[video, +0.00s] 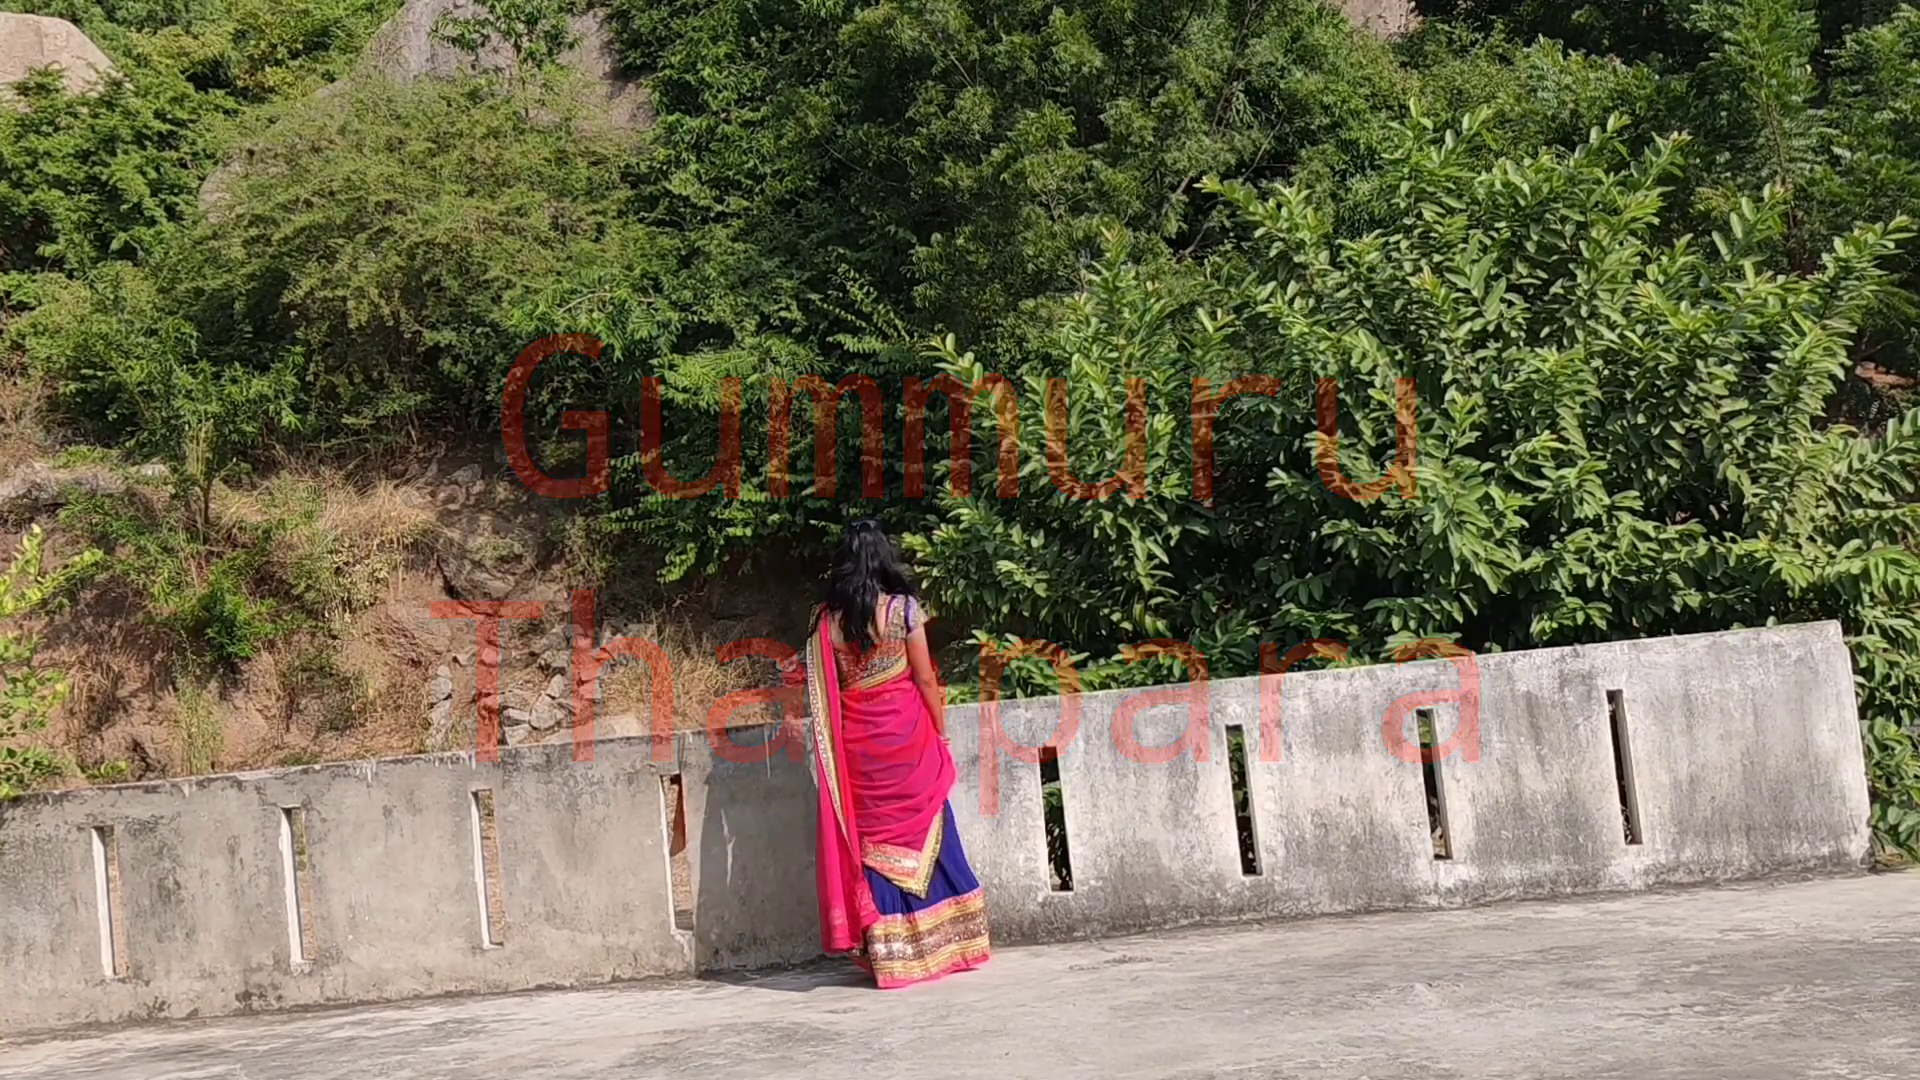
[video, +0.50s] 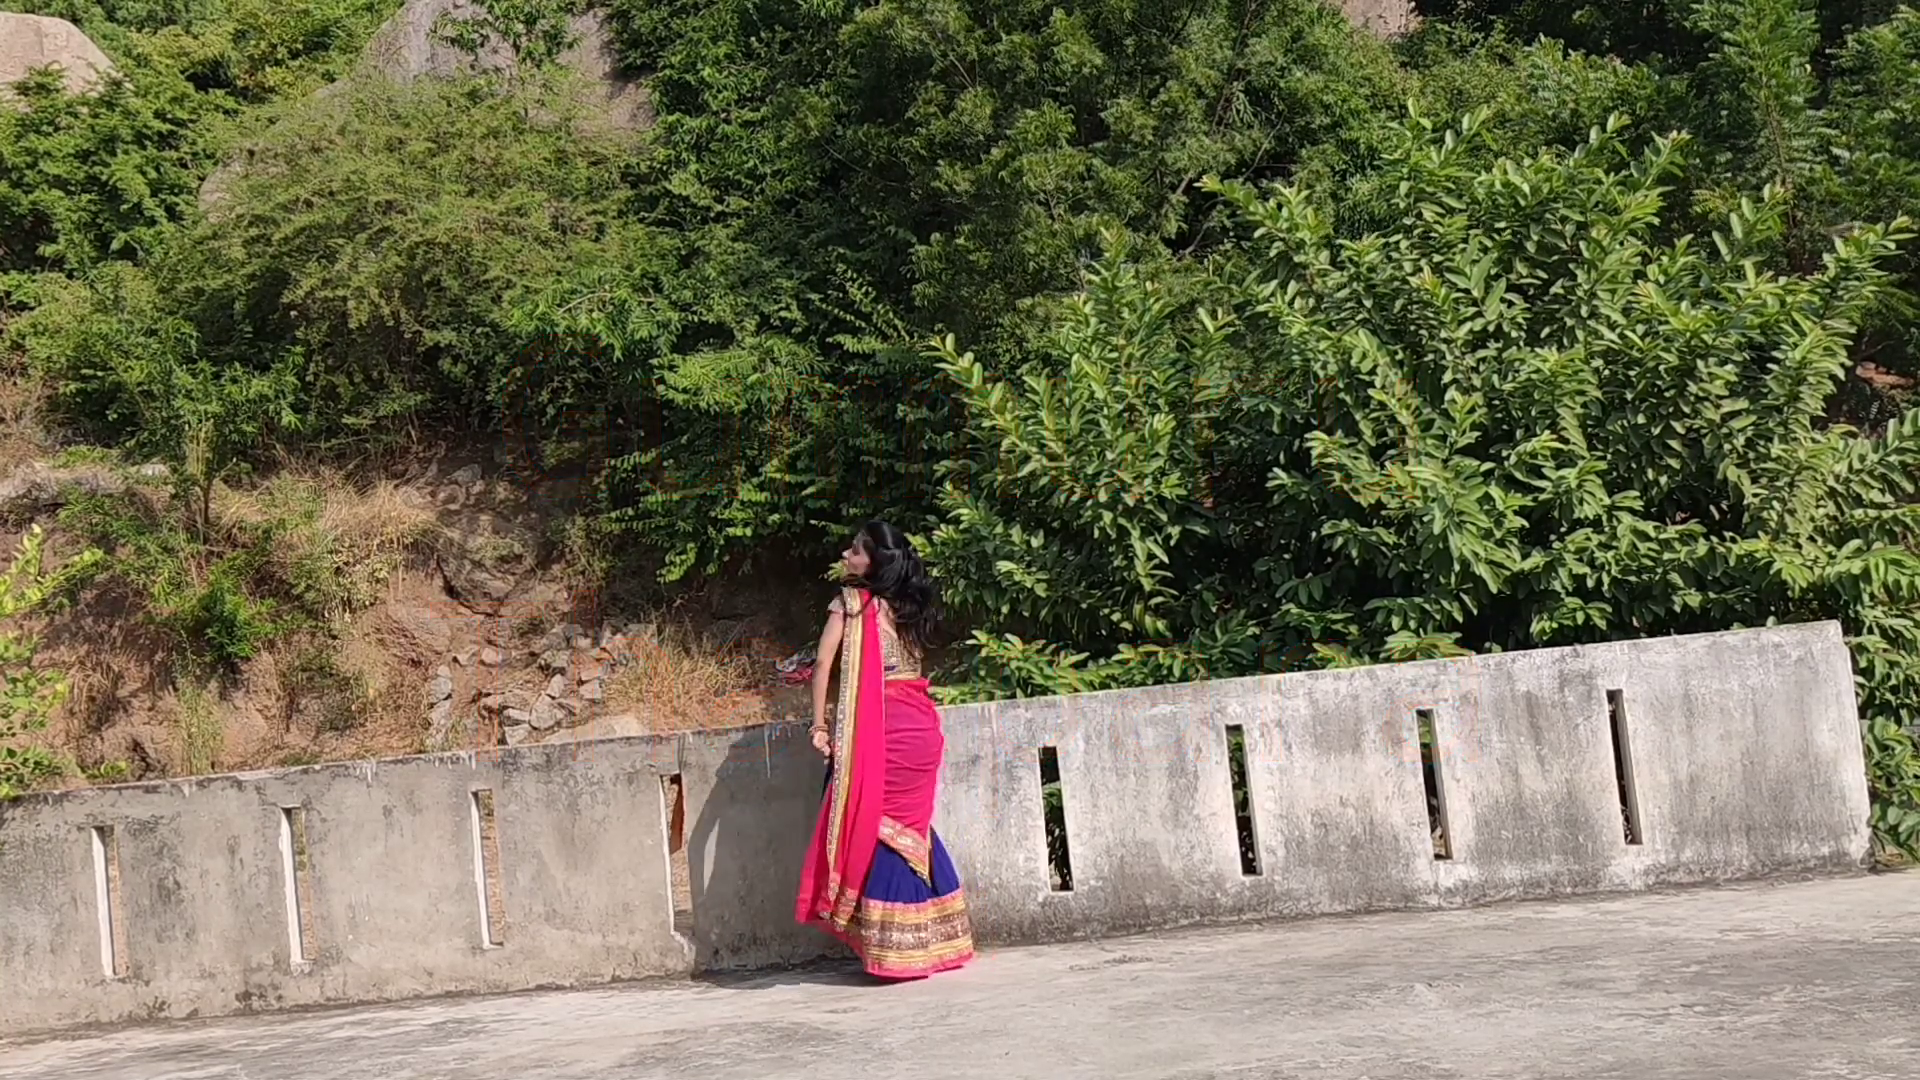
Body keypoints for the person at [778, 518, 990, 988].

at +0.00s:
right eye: (889, 553)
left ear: (842, 562)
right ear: (887, 559)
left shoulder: (826, 618)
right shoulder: (904, 608)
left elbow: (825, 691)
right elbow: (925, 679)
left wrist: (831, 742)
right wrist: (940, 733)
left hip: (854, 737)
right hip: (903, 730)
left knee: (868, 837)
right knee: (920, 830)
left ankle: (883, 949)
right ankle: (937, 943)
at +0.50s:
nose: (846, 555)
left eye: (855, 551)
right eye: (850, 547)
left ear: (875, 563)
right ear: (886, 564)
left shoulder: (849, 600)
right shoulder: (904, 602)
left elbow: (824, 664)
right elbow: (910, 668)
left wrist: (819, 723)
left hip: (881, 729)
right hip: (924, 726)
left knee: (877, 827)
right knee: (915, 827)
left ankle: (891, 947)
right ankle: (934, 941)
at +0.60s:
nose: (853, 553)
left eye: (865, 551)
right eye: (856, 546)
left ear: (884, 568)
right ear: (878, 567)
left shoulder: (869, 597)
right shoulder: (889, 599)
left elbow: (871, 655)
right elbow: (885, 663)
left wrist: (863, 714)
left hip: (905, 729)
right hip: (925, 727)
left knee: (886, 823)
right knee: (912, 829)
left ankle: (898, 948)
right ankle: (915, 944)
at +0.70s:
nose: (863, 552)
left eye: (874, 550)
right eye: (860, 545)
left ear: (888, 566)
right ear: (850, 557)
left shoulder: (890, 597)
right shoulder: (858, 615)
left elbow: (926, 641)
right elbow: (862, 688)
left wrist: (923, 707)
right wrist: (857, 745)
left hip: (907, 735)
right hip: (880, 739)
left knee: (891, 832)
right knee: (900, 833)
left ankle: (896, 951)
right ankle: (921, 939)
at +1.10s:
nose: (892, 554)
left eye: (901, 547)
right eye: (885, 547)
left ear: (915, 555)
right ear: (872, 555)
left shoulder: (935, 601)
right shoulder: (859, 617)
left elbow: (959, 654)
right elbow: (867, 691)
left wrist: (972, 697)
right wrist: (880, 751)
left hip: (956, 728)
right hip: (906, 739)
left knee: (966, 829)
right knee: (934, 837)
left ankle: (980, 944)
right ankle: (970, 945)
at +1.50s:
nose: (932, 568)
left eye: (941, 559)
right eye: (924, 559)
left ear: (956, 562)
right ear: (912, 563)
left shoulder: (971, 609)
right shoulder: (897, 609)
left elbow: (1023, 662)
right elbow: (862, 672)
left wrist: (1023, 624)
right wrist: (903, 715)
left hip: (979, 731)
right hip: (930, 737)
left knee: (986, 836)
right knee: (960, 833)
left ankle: (983, 947)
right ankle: (930, 906)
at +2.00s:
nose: (952, 562)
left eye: (961, 553)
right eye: (944, 554)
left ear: (978, 557)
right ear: (933, 559)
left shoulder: (1000, 604)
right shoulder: (921, 606)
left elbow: (1044, 571)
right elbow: (881, 665)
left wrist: (1010, 534)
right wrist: (923, 697)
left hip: (990, 733)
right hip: (940, 735)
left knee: (982, 837)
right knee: (961, 840)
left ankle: (938, 925)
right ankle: (978, 963)